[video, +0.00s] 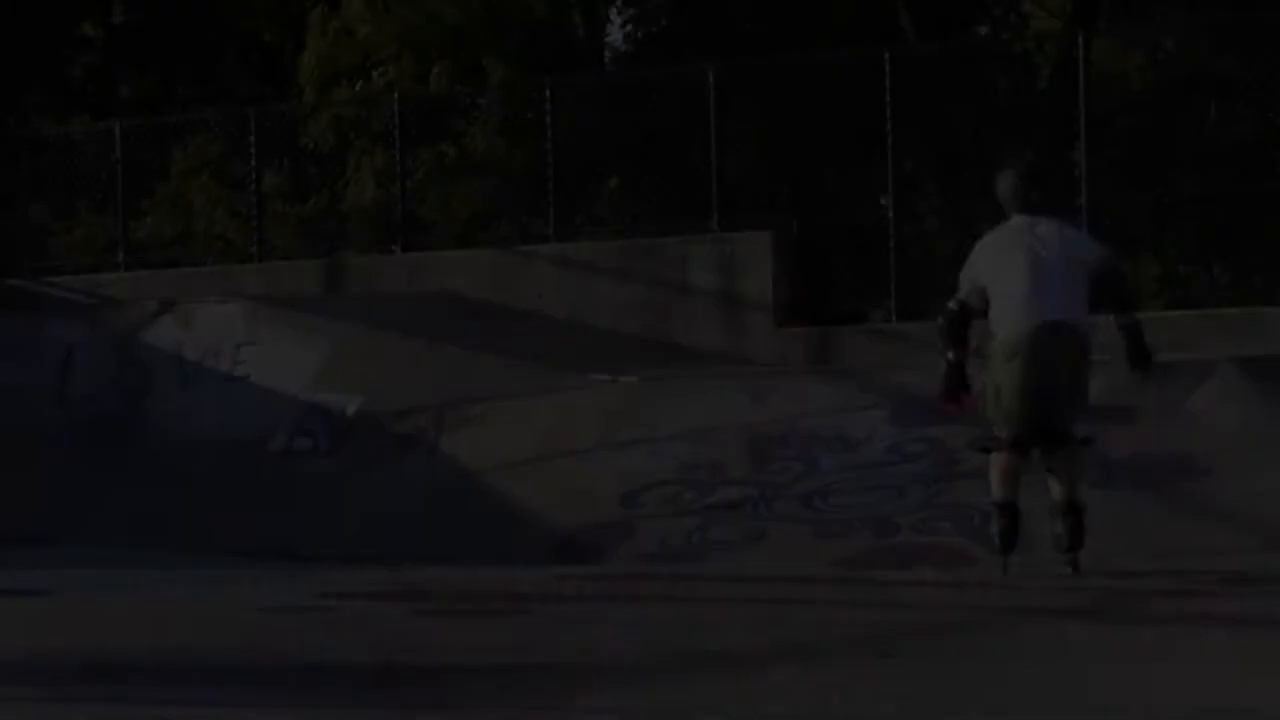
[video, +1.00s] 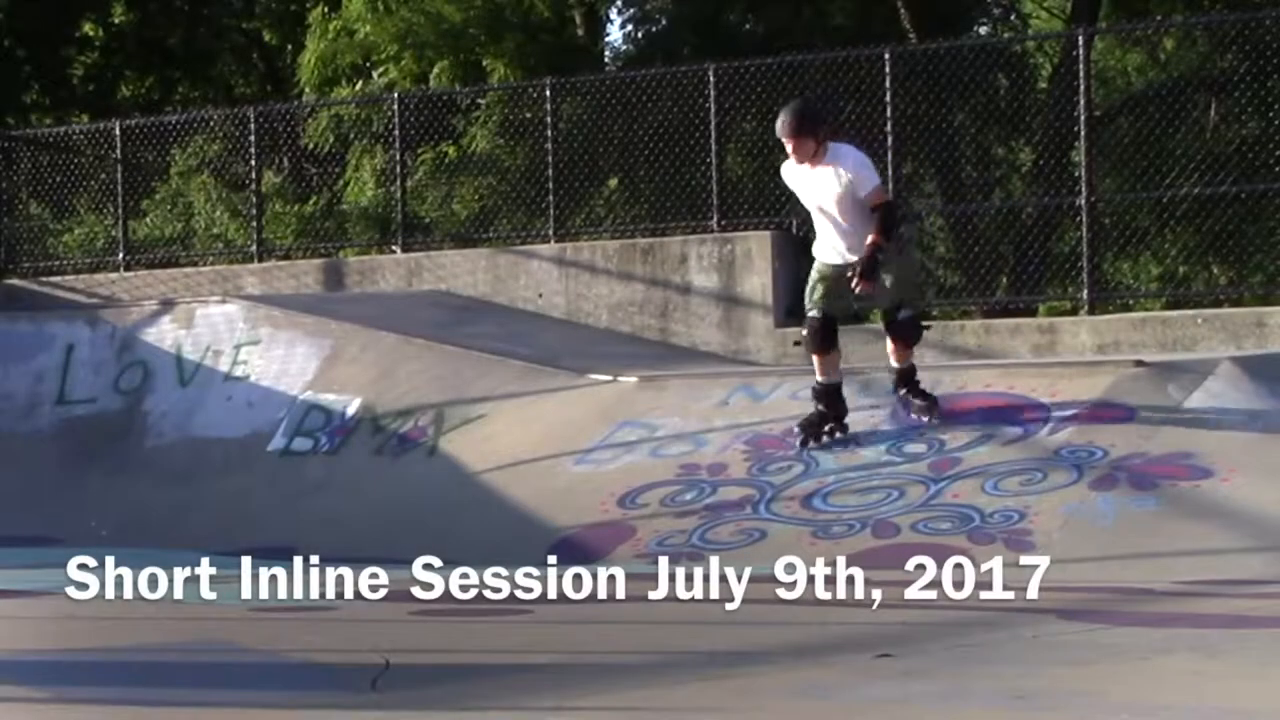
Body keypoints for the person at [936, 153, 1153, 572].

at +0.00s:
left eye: (1006, 197)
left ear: (1004, 202)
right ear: (1046, 198)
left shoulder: (990, 247)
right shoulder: (1072, 239)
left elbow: (960, 310)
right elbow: (1115, 285)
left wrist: (955, 367)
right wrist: (1135, 343)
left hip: (1013, 347)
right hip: (1069, 343)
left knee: (1006, 438)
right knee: (1062, 437)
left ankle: (1004, 516)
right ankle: (1069, 510)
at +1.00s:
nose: (791, 149)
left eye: (797, 140)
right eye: (785, 142)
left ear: (818, 136)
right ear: (782, 141)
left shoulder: (851, 162)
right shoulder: (789, 171)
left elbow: (885, 212)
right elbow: (824, 209)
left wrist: (869, 261)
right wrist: (844, 245)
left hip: (881, 252)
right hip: (830, 258)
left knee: (903, 326)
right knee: (818, 329)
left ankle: (907, 388)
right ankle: (830, 407)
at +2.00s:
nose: (544, 278)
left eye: (547, 271)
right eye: (544, 270)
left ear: (508, 259)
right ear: (527, 261)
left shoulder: (473, 280)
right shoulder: (521, 284)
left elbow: (432, 316)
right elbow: (549, 317)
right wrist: (600, 327)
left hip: (427, 366)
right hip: (469, 371)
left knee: (440, 460)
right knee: (493, 443)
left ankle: (395, 524)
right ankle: (479, 528)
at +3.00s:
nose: (232, 219)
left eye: (233, 210)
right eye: (228, 209)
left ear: (181, 209)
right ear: (208, 207)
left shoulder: (139, 249)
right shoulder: (218, 253)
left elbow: (101, 324)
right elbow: (244, 335)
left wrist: (91, 386)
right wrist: (233, 373)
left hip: (127, 359)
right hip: (184, 358)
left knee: (136, 473)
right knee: (227, 449)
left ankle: (88, 550)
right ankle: (215, 552)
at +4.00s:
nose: (273, 122)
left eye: (284, 109)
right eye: (262, 112)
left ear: (309, 111)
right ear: (248, 122)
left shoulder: (344, 172)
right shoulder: (240, 194)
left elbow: (347, 263)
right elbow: (264, 272)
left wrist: (277, 279)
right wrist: (253, 289)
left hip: (356, 346)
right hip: (285, 344)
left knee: (350, 487)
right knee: (304, 465)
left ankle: (315, 606)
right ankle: (258, 605)